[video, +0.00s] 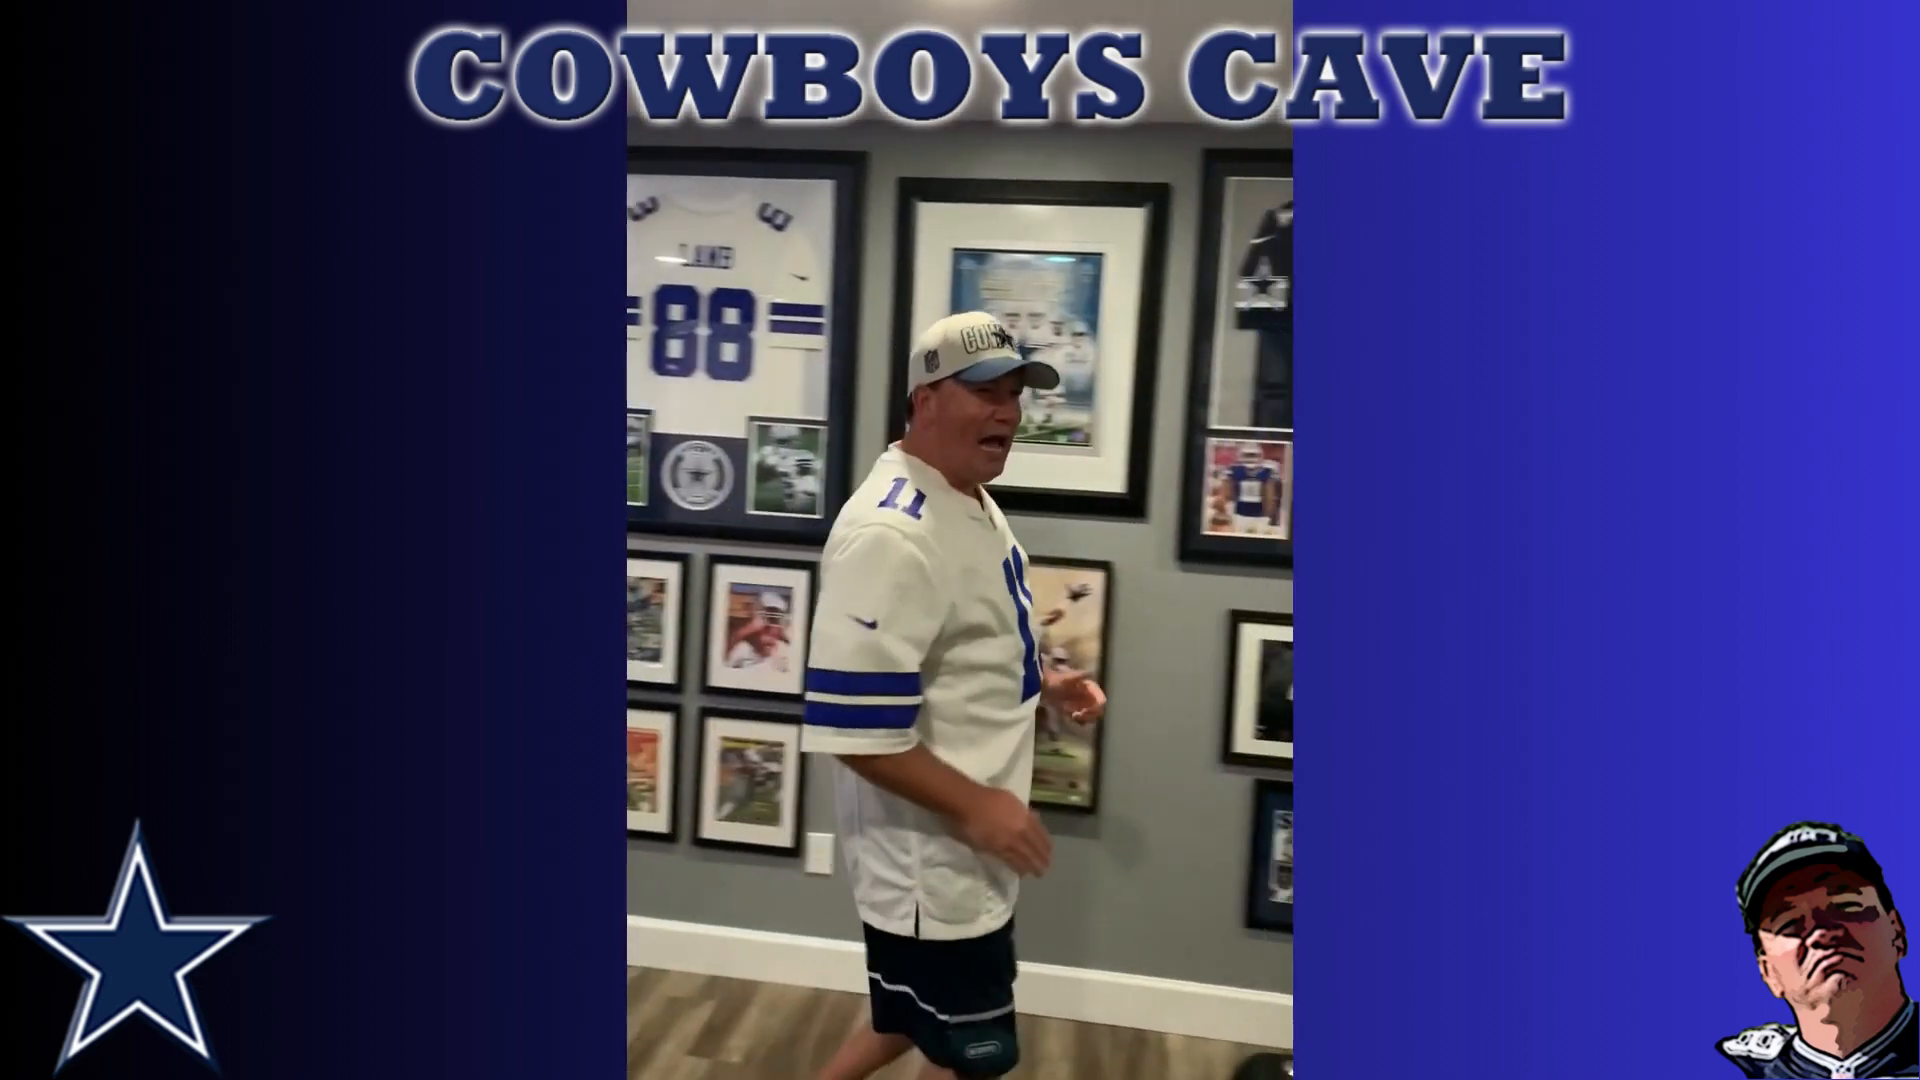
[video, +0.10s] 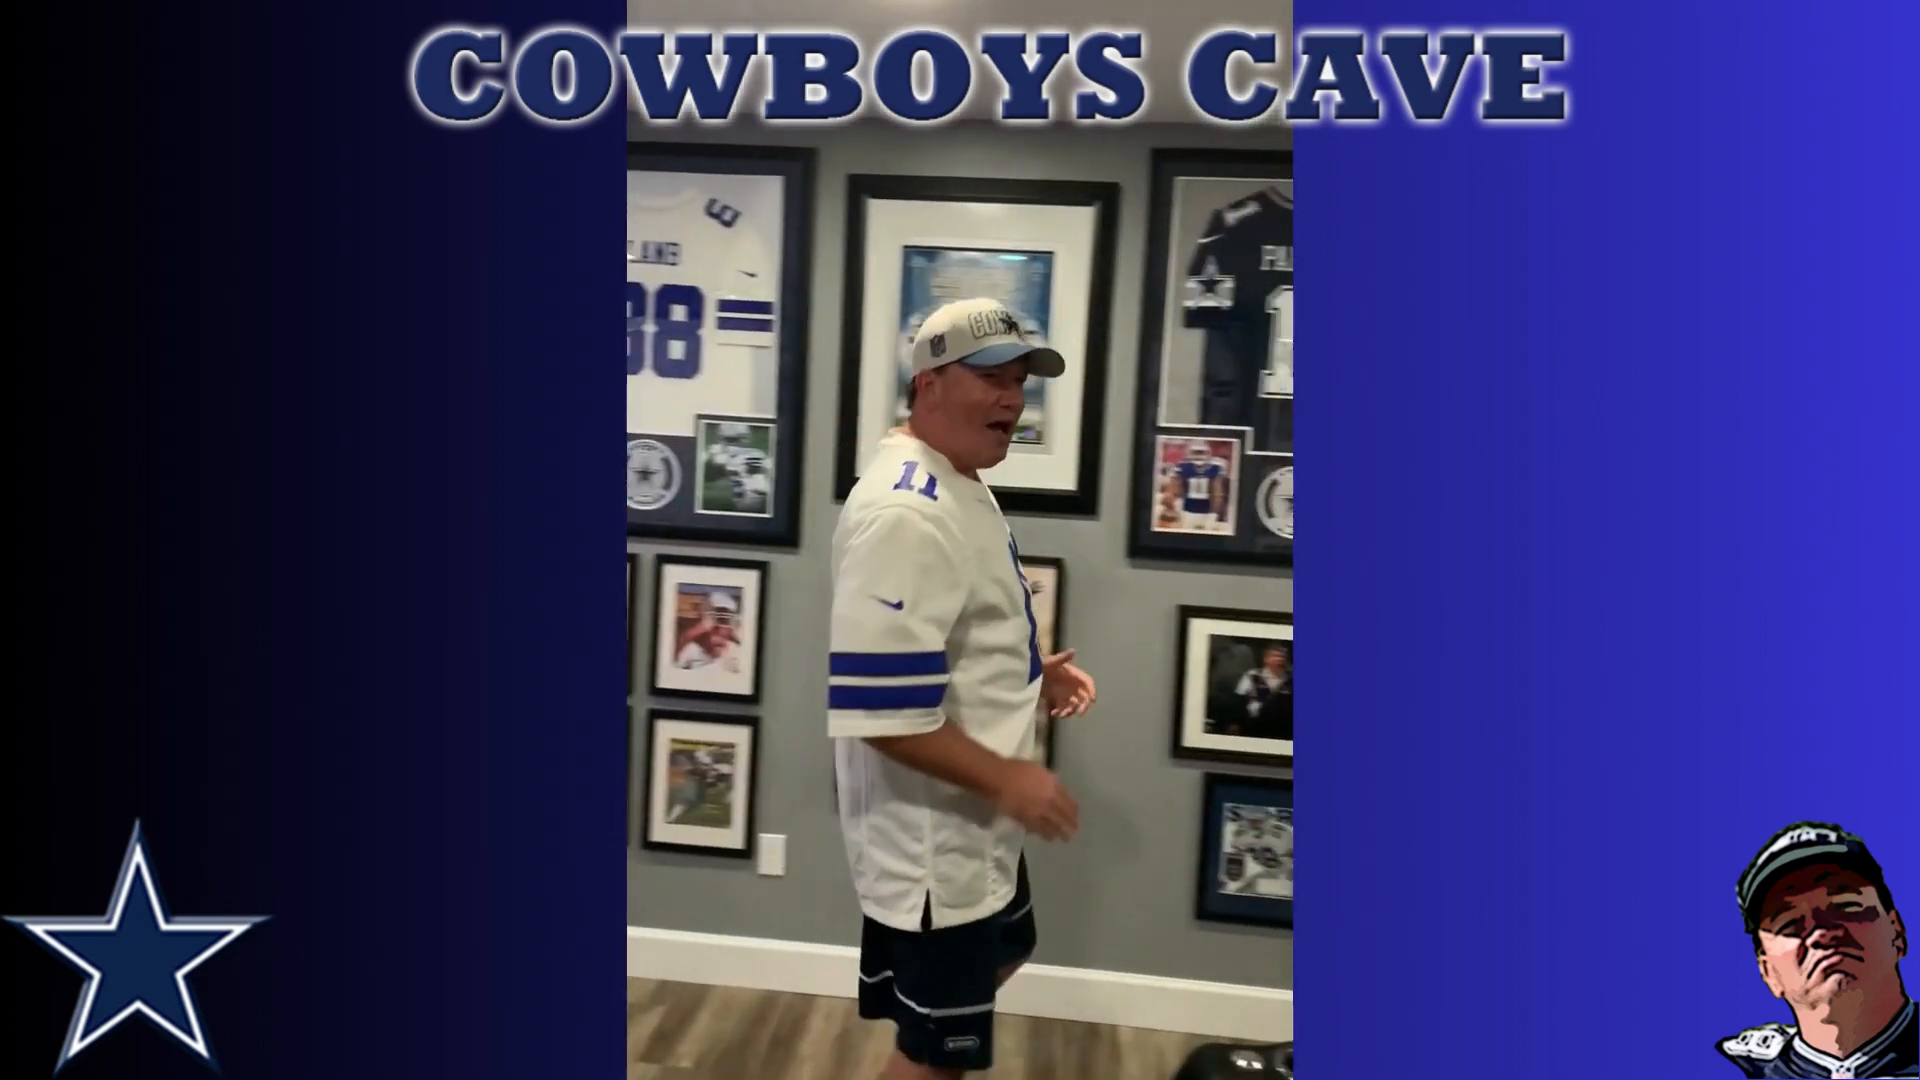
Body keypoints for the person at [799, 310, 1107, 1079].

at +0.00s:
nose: (1008, 413)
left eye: (1016, 394)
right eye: (986, 390)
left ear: (1022, 402)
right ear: (925, 397)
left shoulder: (970, 503)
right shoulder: (887, 534)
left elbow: (963, 660)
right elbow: (855, 731)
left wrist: (1042, 685)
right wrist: (975, 806)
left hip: (962, 849)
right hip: (925, 861)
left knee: (897, 1022)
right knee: (970, 1057)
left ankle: (830, 1077)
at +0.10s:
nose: (1014, 400)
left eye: (1021, 381)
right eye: (992, 376)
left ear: (1024, 390)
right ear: (929, 384)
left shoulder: (959, 490)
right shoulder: (903, 513)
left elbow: (950, 645)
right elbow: (886, 711)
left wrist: (1031, 673)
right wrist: (1005, 777)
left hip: (975, 829)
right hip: (930, 846)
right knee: (934, 1052)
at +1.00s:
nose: (960, 441)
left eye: (969, 425)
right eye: (941, 422)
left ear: (977, 433)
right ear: (891, 432)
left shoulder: (941, 519)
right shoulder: (851, 548)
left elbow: (949, 637)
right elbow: (813, 717)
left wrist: (1012, 681)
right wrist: (926, 784)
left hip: (905, 821)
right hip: (893, 834)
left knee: (833, 974)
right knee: (949, 1019)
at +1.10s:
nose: (971, 441)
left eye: (977, 424)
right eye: (950, 421)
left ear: (982, 432)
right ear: (897, 429)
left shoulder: (929, 518)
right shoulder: (869, 546)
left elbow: (923, 642)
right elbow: (841, 718)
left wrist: (1006, 658)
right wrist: (958, 776)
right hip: (903, 837)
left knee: (832, 977)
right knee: (951, 1020)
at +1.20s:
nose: (980, 436)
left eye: (984, 420)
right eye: (959, 418)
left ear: (990, 427)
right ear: (905, 429)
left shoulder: (920, 516)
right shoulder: (894, 547)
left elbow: (910, 648)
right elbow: (889, 729)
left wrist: (998, 651)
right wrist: (1005, 771)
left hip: (894, 818)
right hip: (919, 836)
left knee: (851, 973)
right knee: (939, 1028)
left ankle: (793, 1072)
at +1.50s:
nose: (983, 425)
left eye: (983, 408)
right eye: (962, 406)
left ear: (905, 428)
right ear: (905, 423)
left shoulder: (874, 505)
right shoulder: (913, 541)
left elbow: (879, 652)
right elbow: (932, 720)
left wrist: (985, 658)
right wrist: (1049, 746)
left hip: (904, 817)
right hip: (938, 834)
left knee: (932, 1015)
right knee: (946, 1024)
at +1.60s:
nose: (982, 425)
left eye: (985, 408)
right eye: (959, 406)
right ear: (901, 423)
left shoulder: (926, 516)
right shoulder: (899, 542)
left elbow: (911, 656)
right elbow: (909, 723)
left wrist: (998, 663)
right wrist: (1039, 755)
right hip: (935, 854)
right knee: (933, 1043)